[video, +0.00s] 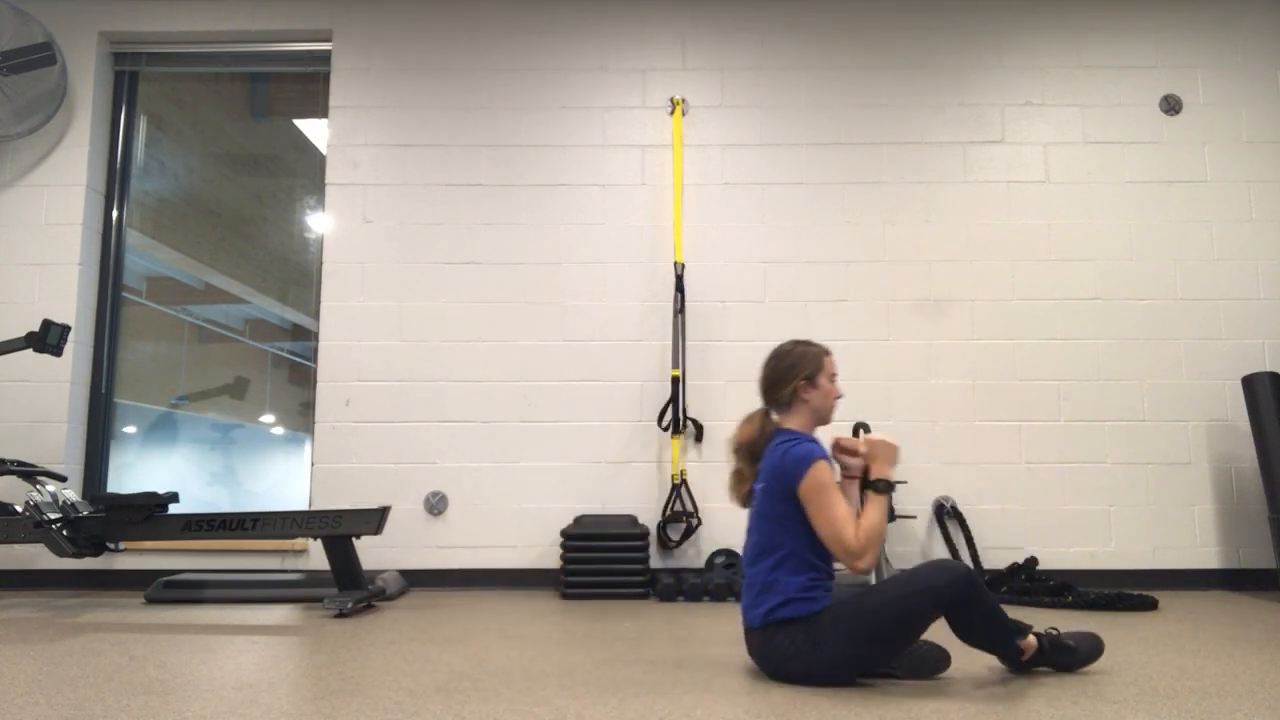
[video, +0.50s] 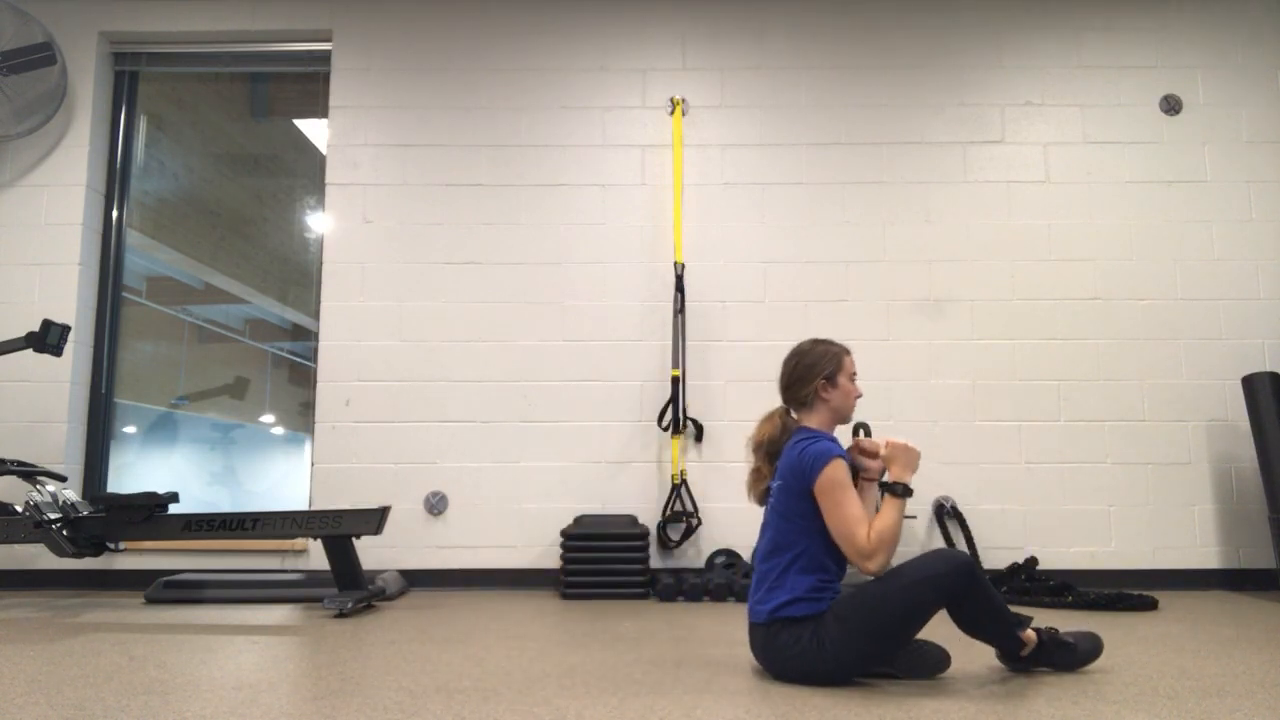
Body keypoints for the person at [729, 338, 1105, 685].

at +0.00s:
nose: (838, 391)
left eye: (835, 380)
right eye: (831, 380)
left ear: (794, 389)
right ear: (802, 388)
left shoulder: (783, 448)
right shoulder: (799, 454)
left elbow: (840, 550)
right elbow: (860, 554)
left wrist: (852, 481)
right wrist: (882, 476)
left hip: (779, 630)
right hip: (793, 640)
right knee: (951, 577)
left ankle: (883, 652)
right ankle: (1025, 647)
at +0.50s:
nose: (858, 389)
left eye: (855, 379)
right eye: (852, 380)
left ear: (817, 390)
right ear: (824, 388)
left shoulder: (803, 446)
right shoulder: (818, 451)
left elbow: (852, 553)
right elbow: (872, 557)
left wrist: (867, 479)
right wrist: (898, 479)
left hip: (785, 631)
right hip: (799, 639)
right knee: (952, 566)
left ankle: (879, 651)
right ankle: (1023, 642)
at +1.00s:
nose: (730, 407)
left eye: (724, 396)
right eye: (720, 398)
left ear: (691, 414)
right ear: (692, 414)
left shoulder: (696, 474)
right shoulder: (704, 480)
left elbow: (770, 557)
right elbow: (786, 563)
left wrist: (765, 484)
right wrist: (783, 481)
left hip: (768, 632)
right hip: (779, 642)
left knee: (841, 543)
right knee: (918, 537)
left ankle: (863, 646)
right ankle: (1002, 634)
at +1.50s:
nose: (567, 508)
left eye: (558, 499)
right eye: (553, 505)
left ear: (535, 532)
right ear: (531, 535)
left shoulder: (567, 569)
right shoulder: (579, 574)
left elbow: (617, 514)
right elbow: (685, 591)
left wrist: (611, 526)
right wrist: (638, 530)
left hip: (725, 630)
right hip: (738, 642)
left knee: (763, 478)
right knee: (773, 474)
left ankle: (886, 537)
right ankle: (931, 490)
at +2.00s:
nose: (481, 578)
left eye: (469, 577)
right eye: (467, 585)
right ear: (466, 625)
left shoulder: (532, 617)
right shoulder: (528, 641)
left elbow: (630, 569)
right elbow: (622, 598)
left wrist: (548, 570)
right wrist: (547, 571)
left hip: (689, 591)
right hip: (701, 609)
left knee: (629, 451)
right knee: (604, 471)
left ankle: (711, 325)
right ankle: (736, 416)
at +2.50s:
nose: (573, 507)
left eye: (567, 500)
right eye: (560, 505)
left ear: (549, 524)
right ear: (534, 532)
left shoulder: (574, 559)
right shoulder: (567, 580)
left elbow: (667, 587)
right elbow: (668, 606)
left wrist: (622, 538)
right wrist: (618, 538)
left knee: (780, 486)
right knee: (771, 498)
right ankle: (853, 569)